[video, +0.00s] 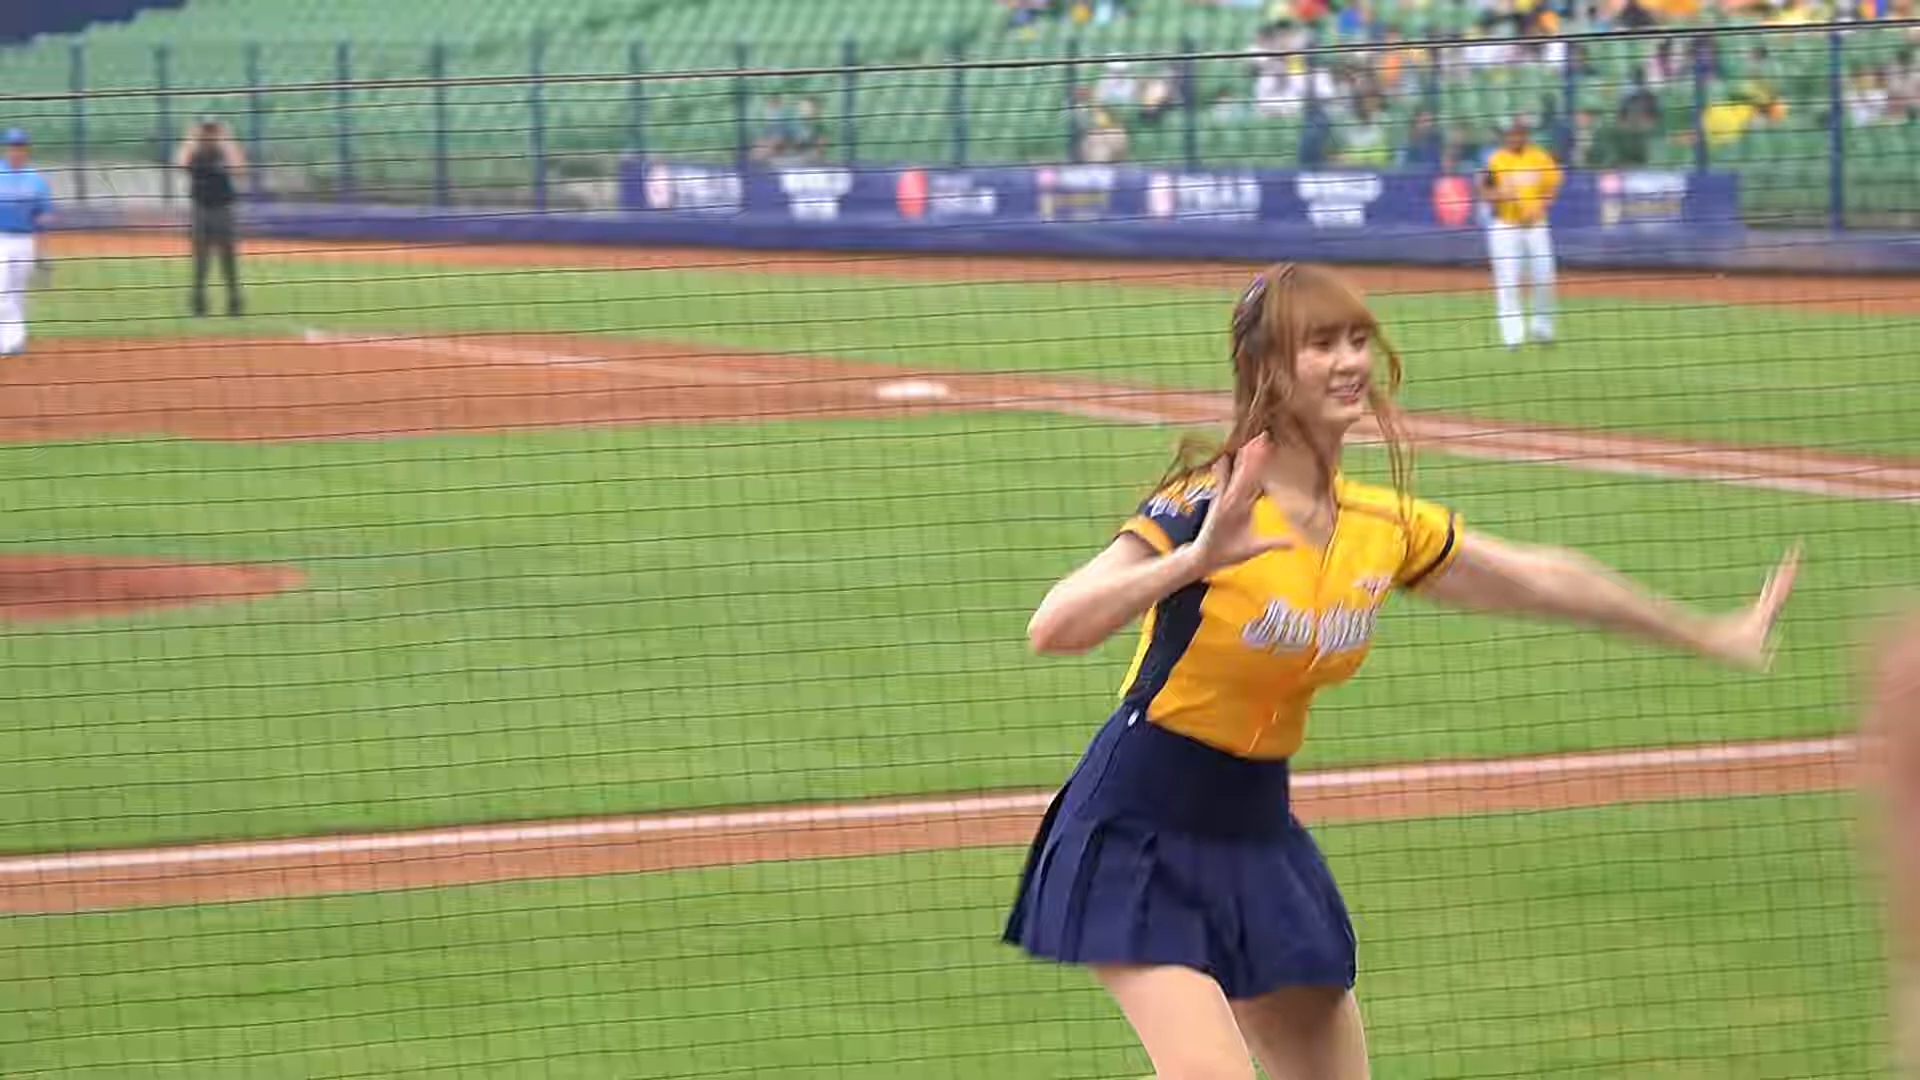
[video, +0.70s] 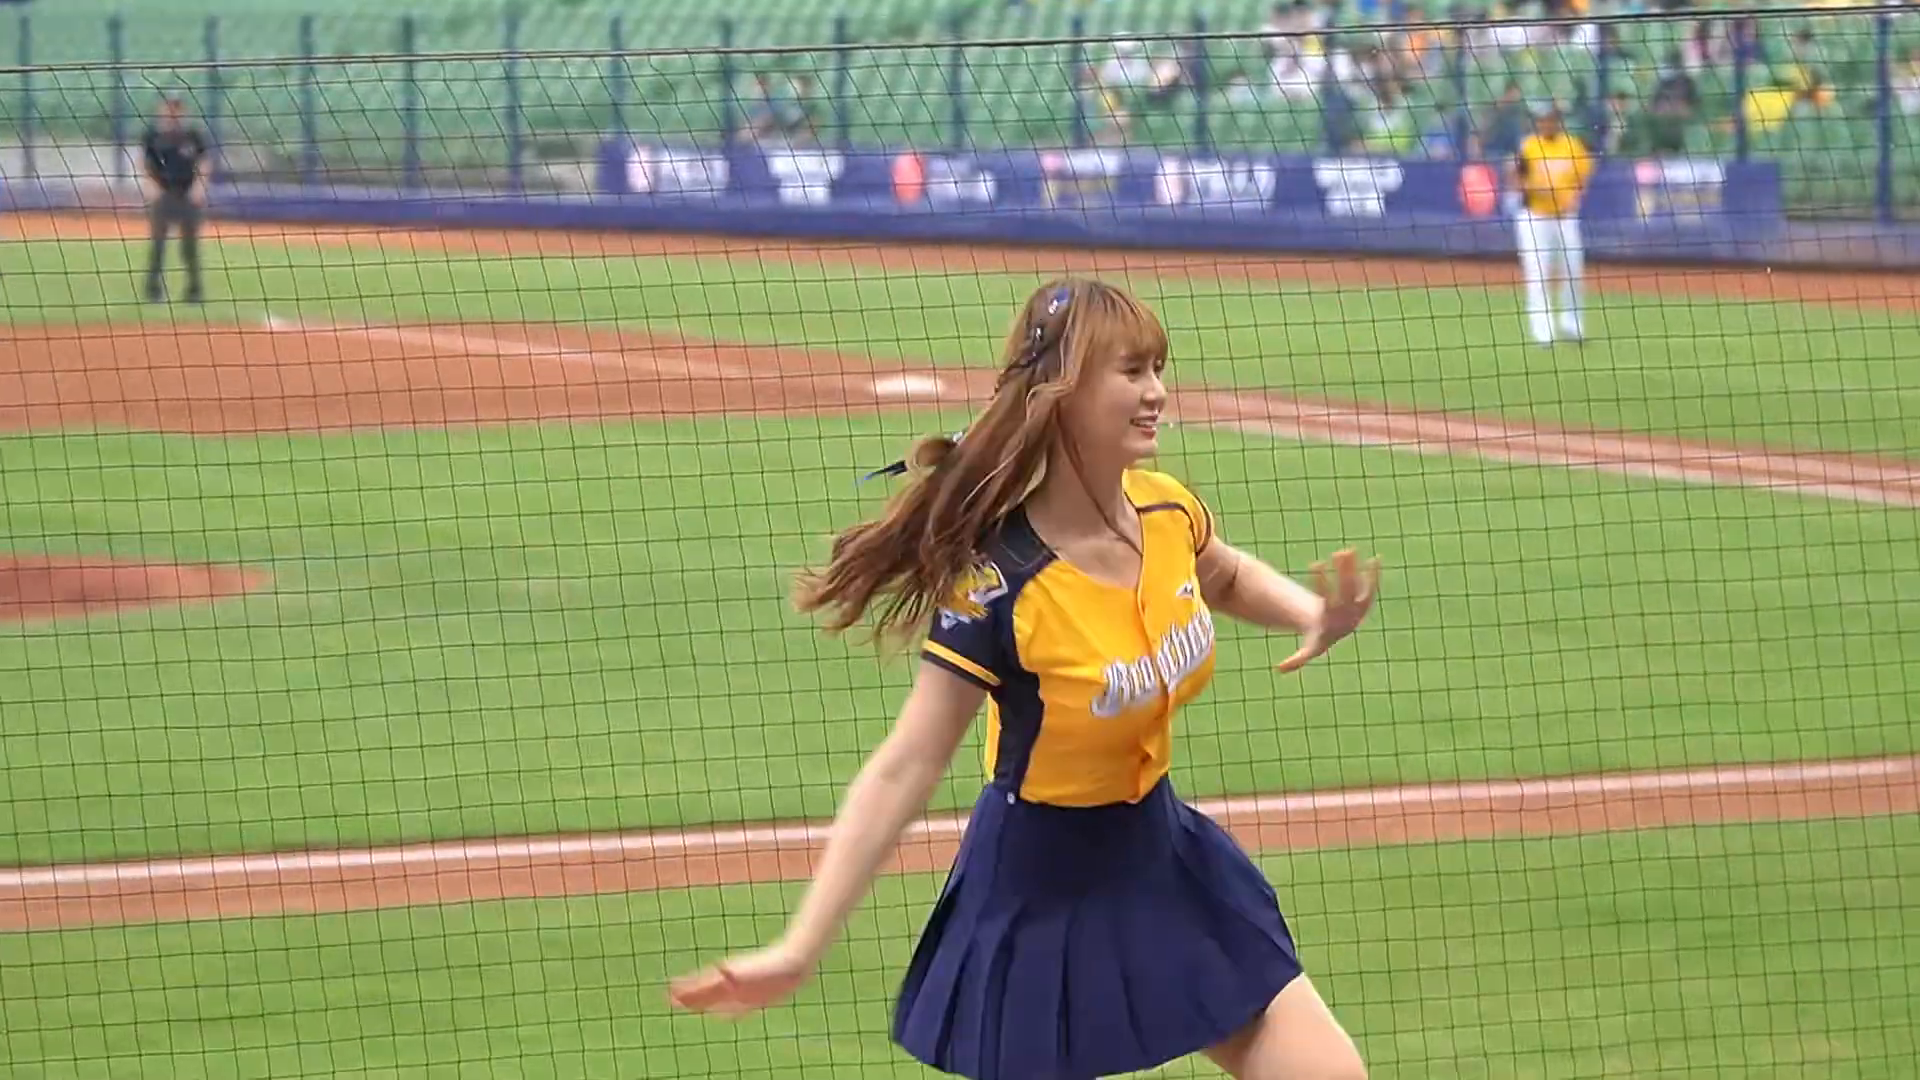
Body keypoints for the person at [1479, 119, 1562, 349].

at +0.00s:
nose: (1517, 140)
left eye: (1520, 134)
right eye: (1513, 135)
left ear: (1527, 136)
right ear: (1505, 137)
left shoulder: (1539, 158)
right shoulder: (1497, 161)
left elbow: (1555, 181)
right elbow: (1484, 190)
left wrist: (1540, 206)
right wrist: (1504, 195)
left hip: (1535, 224)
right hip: (1505, 226)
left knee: (1544, 276)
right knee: (1507, 280)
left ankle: (1542, 325)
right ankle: (1512, 331)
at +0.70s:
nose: (1546, 125)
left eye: (1550, 120)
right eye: (1541, 121)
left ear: (1558, 120)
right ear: (1535, 123)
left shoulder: (1571, 144)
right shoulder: (1527, 148)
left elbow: (1586, 169)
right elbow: (1515, 179)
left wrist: (1574, 193)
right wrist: (1536, 191)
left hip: (1566, 213)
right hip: (1535, 215)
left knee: (1572, 270)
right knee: (1538, 273)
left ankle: (1571, 322)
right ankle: (1542, 327)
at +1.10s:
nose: (1530, 118)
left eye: (1534, 113)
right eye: (1525, 113)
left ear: (1541, 114)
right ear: (1519, 115)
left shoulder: (1554, 139)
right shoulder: (1509, 138)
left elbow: (1567, 169)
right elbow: (1495, 172)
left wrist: (1552, 196)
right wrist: (1516, 194)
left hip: (1543, 210)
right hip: (1511, 210)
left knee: (1541, 270)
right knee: (1513, 269)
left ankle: (1541, 322)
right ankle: (1515, 325)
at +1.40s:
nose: (1513, 117)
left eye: (1518, 112)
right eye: (1509, 111)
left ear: (1526, 115)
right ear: (1501, 112)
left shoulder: (1529, 141)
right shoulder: (1489, 134)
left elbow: (1537, 171)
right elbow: (1470, 163)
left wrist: (1527, 199)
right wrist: (1483, 191)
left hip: (1515, 209)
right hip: (1484, 208)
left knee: (1508, 267)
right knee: (1483, 265)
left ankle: (1505, 322)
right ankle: (1477, 323)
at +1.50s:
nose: (1501, 115)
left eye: (1507, 110)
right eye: (1498, 109)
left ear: (1516, 113)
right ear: (1491, 111)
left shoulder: (1520, 140)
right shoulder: (1480, 131)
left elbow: (1526, 170)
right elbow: (1461, 161)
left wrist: (1516, 197)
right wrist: (1474, 187)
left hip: (1503, 209)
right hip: (1472, 205)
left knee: (1495, 265)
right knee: (1470, 262)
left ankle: (1493, 320)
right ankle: (1464, 320)